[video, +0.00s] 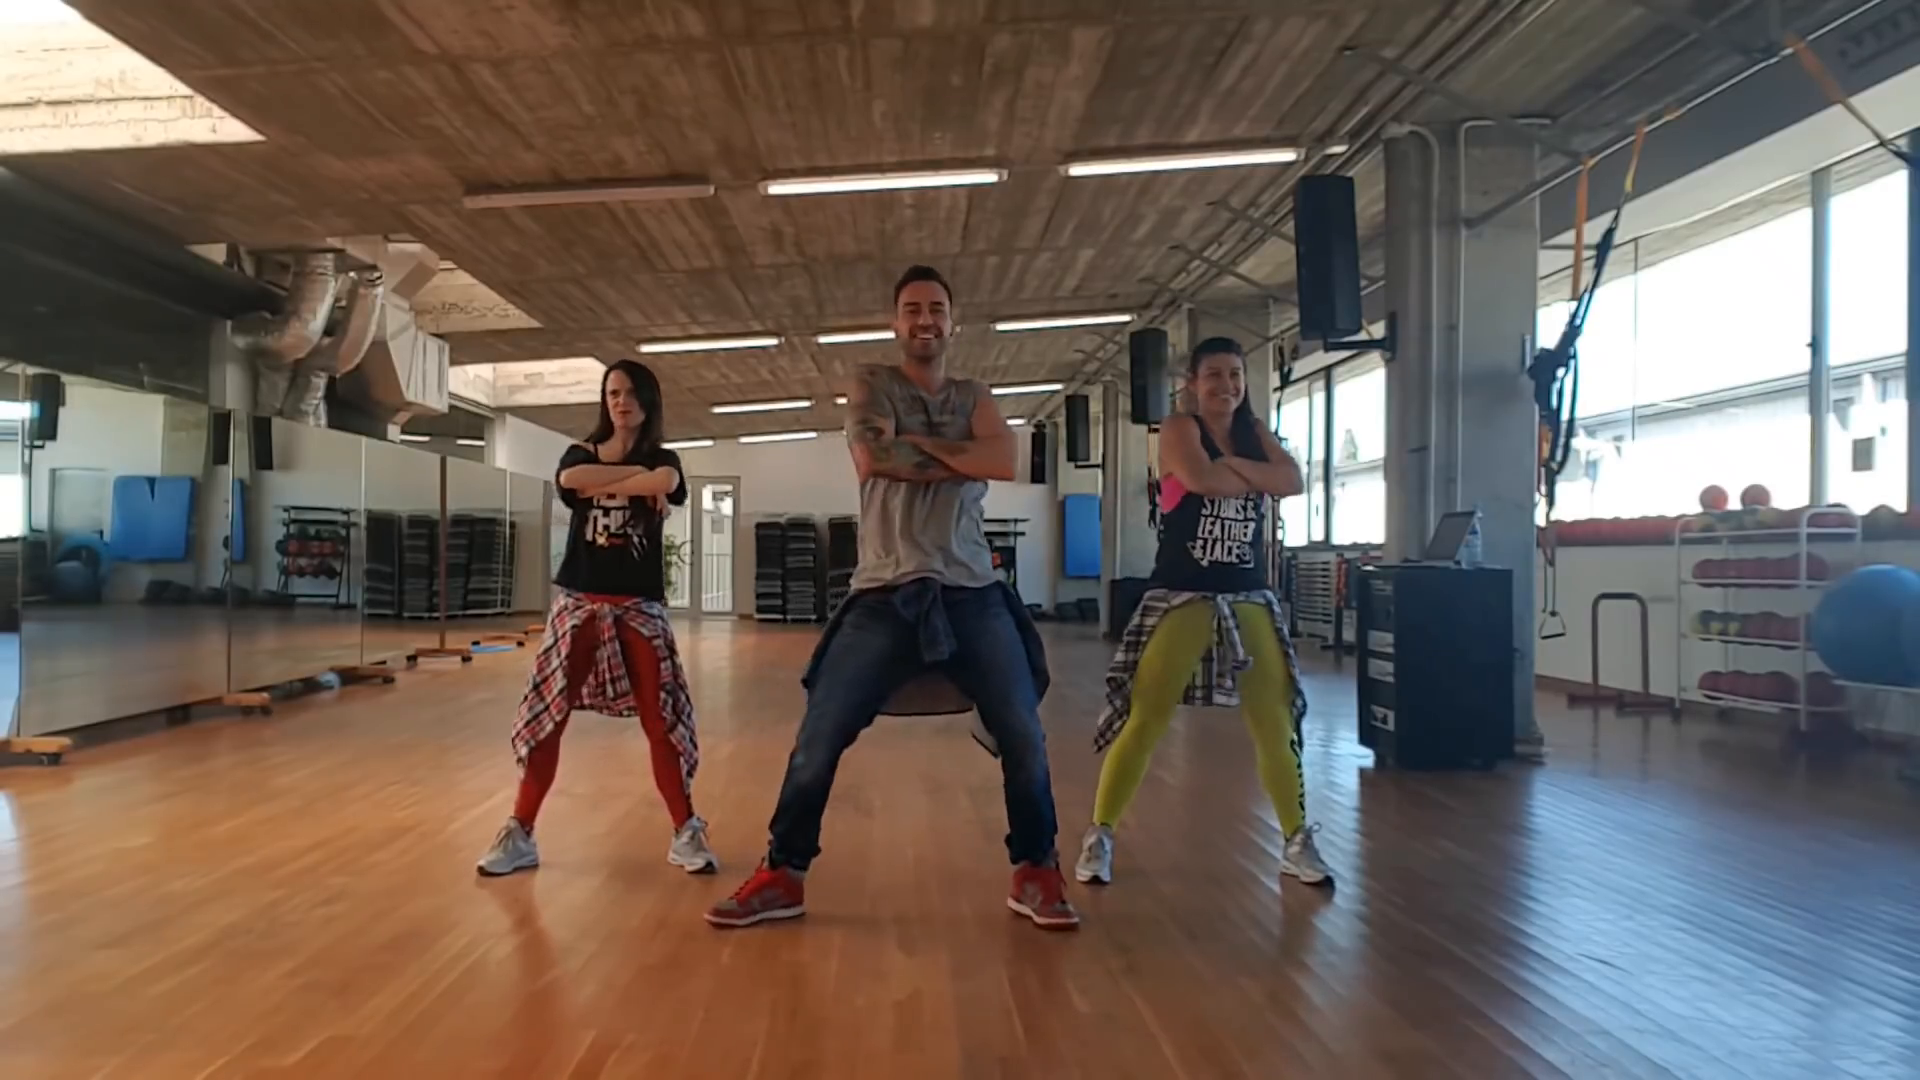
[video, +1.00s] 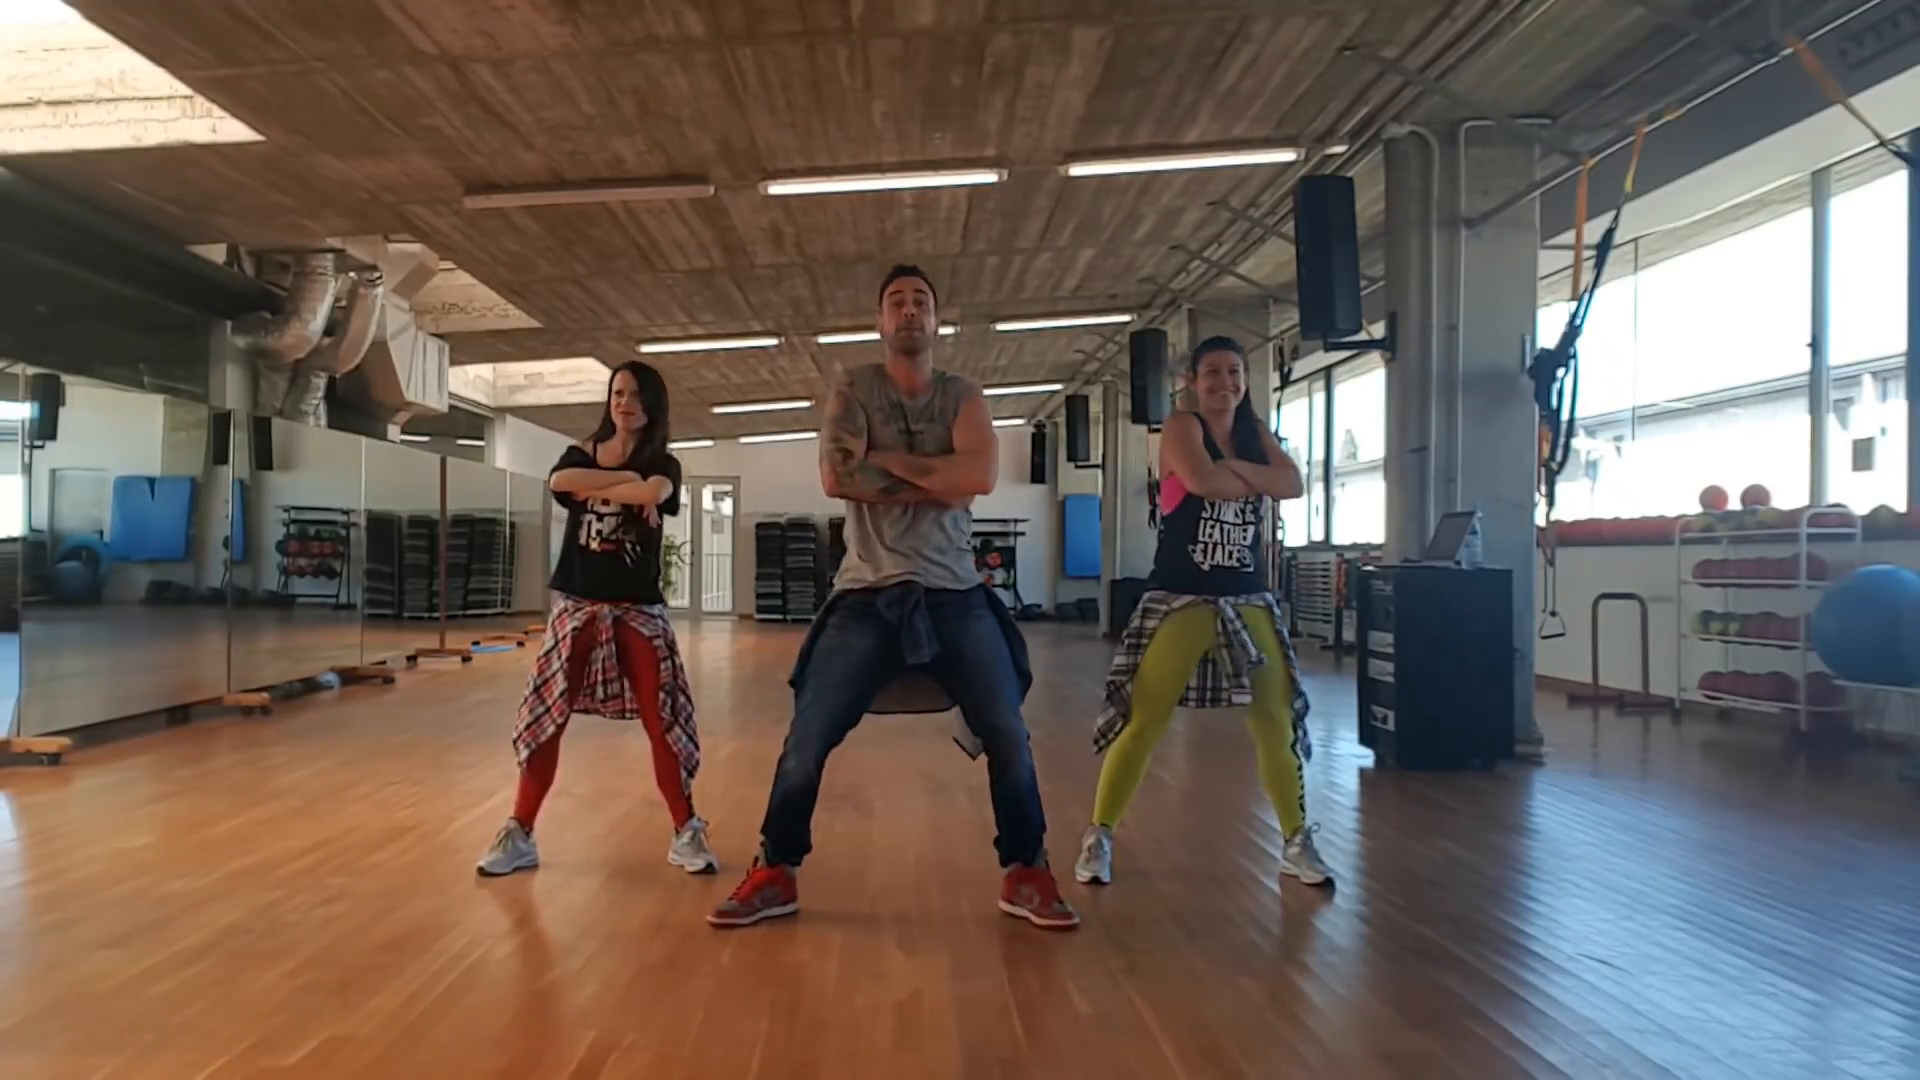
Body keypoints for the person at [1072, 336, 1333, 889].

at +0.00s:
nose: (1227, 383)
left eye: (1234, 374)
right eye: (1215, 375)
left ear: (1245, 383)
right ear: (1191, 384)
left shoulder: (1253, 430)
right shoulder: (1177, 429)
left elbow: (1292, 480)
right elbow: (1202, 480)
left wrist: (1229, 462)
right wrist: (1260, 479)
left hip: (1250, 595)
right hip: (1183, 595)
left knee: (1274, 719)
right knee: (1147, 718)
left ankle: (1297, 842)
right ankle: (1099, 837)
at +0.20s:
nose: (1218, 384)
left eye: (1227, 375)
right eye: (1208, 375)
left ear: (1240, 383)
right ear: (1187, 382)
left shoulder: (1251, 430)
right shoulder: (1169, 428)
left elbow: (1281, 480)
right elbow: (1184, 478)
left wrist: (1215, 458)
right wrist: (1250, 478)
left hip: (1244, 598)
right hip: (1175, 597)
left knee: (1270, 722)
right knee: (1144, 717)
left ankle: (1297, 842)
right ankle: (1098, 838)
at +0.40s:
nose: (1196, 383)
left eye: (1207, 374)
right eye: (1187, 373)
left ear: (1221, 382)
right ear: (1169, 380)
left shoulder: (1234, 424)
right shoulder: (1152, 431)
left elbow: (1237, 469)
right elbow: (1133, 482)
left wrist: (1166, 460)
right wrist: (1210, 469)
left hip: (1230, 591)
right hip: (1160, 590)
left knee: (1262, 715)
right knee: (1134, 715)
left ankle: (1297, 840)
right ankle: (1097, 837)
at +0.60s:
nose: (1189, 382)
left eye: (1199, 374)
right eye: (1179, 373)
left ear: (1213, 383)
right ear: (1161, 382)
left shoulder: (1224, 424)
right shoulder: (1145, 435)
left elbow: (1219, 472)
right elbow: (1121, 492)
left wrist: (1151, 472)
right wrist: (1192, 478)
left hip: (1223, 594)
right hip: (1155, 593)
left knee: (1256, 721)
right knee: (1128, 718)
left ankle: (1295, 841)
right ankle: (1097, 838)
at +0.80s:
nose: (1205, 383)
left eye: (1215, 375)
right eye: (1195, 375)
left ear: (1228, 382)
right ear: (1176, 382)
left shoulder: (1244, 427)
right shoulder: (1158, 430)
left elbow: (1259, 472)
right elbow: (1153, 478)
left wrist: (1189, 461)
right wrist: (1227, 471)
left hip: (1234, 592)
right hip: (1166, 592)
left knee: (1267, 716)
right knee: (1137, 718)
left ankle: (1297, 841)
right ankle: (1098, 837)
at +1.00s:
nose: (1225, 380)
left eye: (1233, 372)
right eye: (1214, 372)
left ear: (1245, 382)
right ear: (1193, 382)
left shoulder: (1253, 432)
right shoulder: (1181, 426)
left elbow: (1292, 484)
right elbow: (1202, 481)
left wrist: (1231, 466)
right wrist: (1260, 483)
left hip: (1249, 598)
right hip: (1182, 598)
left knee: (1275, 723)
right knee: (1146, 721)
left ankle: (1297, 842)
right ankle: (1099, 838)